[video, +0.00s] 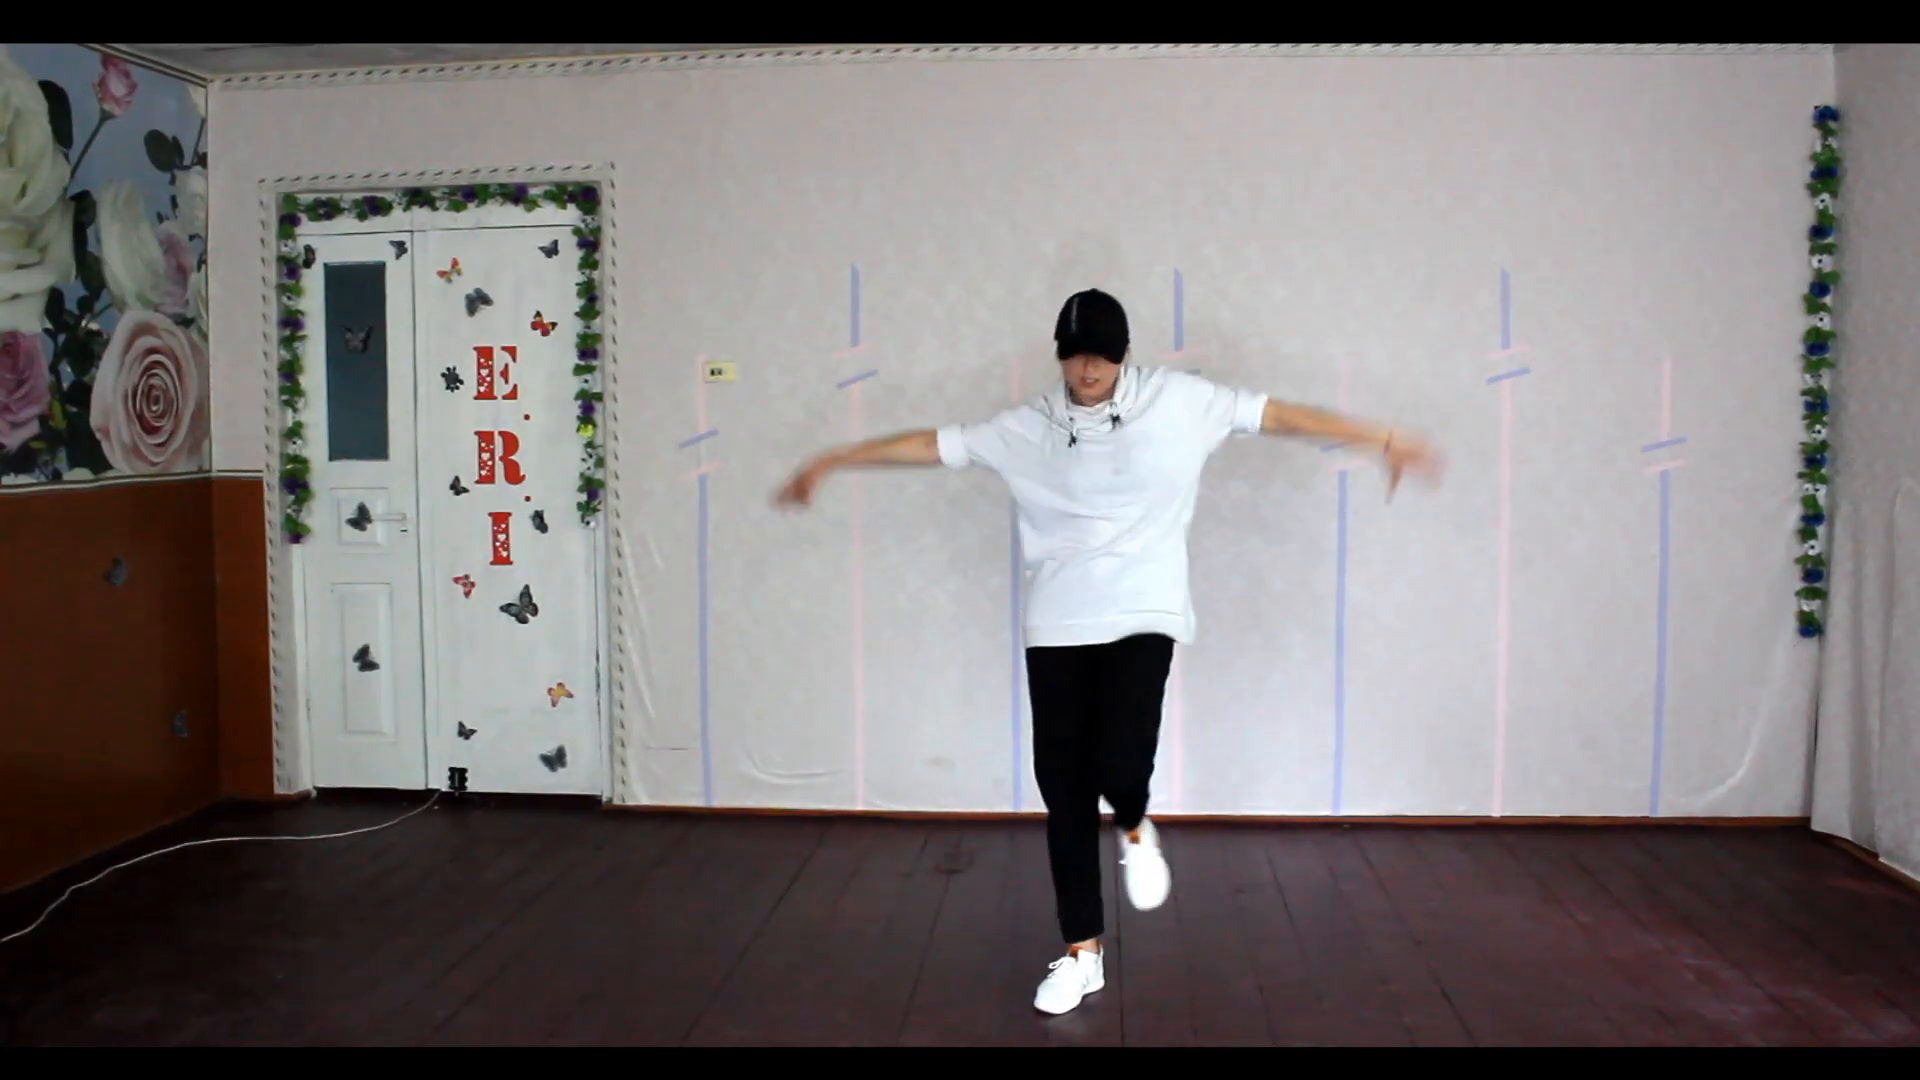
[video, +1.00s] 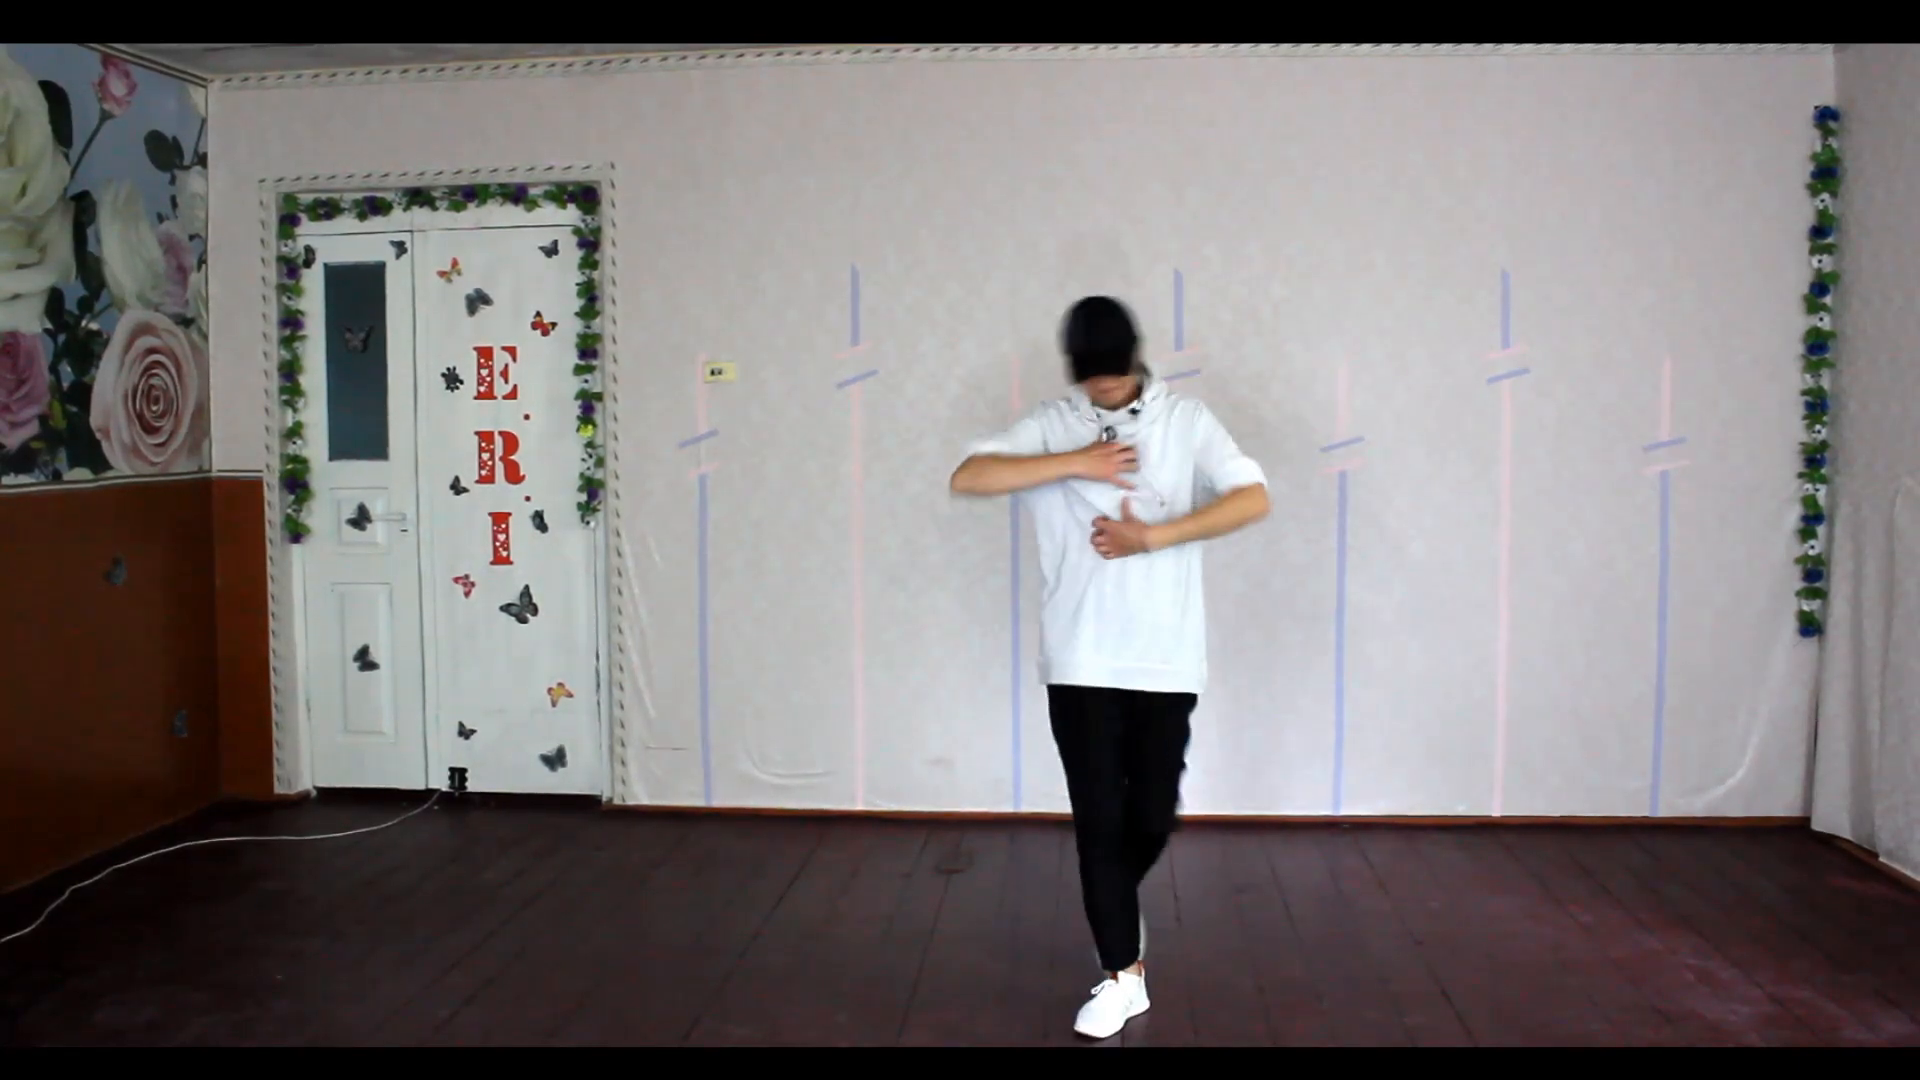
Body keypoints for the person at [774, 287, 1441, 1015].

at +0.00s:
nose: (1087, 378)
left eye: (1100, 367)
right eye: (1076, 365)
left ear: (1124, 359)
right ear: (1058, 358)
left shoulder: (1180, 402)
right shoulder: (1029, 424)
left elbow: (1277, 415)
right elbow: (935, 446)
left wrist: (1379, 439)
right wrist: (829, 461)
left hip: (1143, 620)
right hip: (1056, 625)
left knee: (1121, 777)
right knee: (1064, 789)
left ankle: (1134, 834)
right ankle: (1081, 950)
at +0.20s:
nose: (1115, 359)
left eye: (1128, 347)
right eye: (1103, 345)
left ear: (1147, 345)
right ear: (1081, 339)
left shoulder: (1177, 405)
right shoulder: (1043, 416)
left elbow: (1238, 481)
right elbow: (968, 483)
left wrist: (1304, 559)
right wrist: (886, 542)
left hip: (1153, 619)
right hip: (1066, 629)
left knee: (1133, 776)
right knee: (1074, 792)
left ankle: (1161, 927)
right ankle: (1084, 951)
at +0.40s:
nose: (1170, 410)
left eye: (1181, 397)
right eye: (1157, 397)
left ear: (1195, 388)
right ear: (1130, 381)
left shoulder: (1208, 473)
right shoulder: (1073, 445)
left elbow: (1235, 580)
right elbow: (1005, 527)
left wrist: (1218, 607)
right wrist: (933, 602)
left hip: (1171, 677)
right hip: (1085, 668)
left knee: (1160, 836)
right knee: (1091, 819)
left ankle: (1157, 992)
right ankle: (1078, 861)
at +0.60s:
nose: (1092, 360)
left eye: (1101, 349)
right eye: (1077, 351)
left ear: (1122, 323)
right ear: (1058, 335)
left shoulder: (1183, 374)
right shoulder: (1052, 377)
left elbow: (1260, 465)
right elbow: (979, 425)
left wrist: (1170, 504)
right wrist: (1092, 418)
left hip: (1169, 593)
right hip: (1089, 576)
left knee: (1145, 759)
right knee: (1098, 718)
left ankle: (1117, 918)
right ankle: (1081, 867)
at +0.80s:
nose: (1143, 392)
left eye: (1156, 381)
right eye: (1130, 380)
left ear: (1173, 365)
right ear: (1107, 359)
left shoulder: (1189, 420)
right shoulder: (1062, 417)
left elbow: (1239, 501)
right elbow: (968, 475)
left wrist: (1130, 525)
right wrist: (1080, 468)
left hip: (1164, 659)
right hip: (1081, 658)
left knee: (1129, 811)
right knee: (1105, 818)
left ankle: (1093, 923)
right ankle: (1126, 971)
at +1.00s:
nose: (1111, 398)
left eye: (1120, 383)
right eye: (1097, 387)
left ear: (1138, 361)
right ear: (1075, 372)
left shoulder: (1185, 420)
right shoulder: (1052, 424)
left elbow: (1254, 499)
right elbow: (967, 477)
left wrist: (1153, 535)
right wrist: (1075, 464)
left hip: (1167, 662)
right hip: (1080, 662)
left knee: (1152, 823)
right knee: (1099, 828)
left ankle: (1119, 901)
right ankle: (1122, 976)